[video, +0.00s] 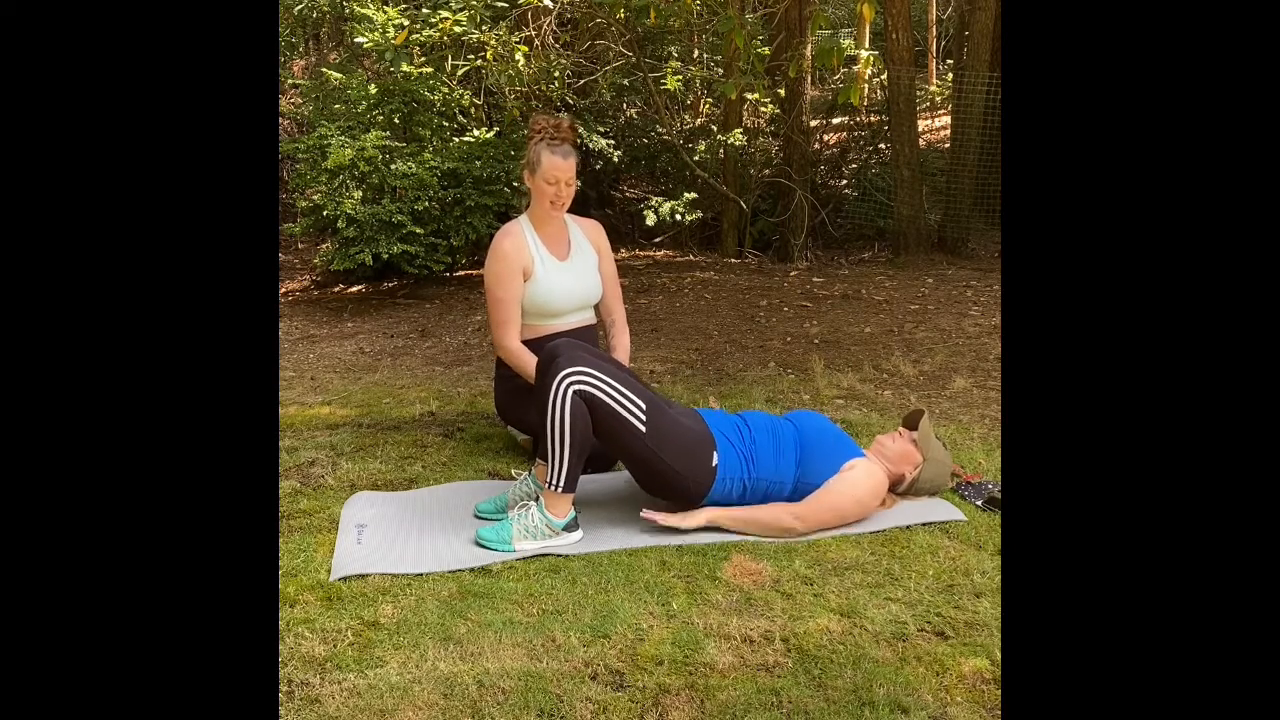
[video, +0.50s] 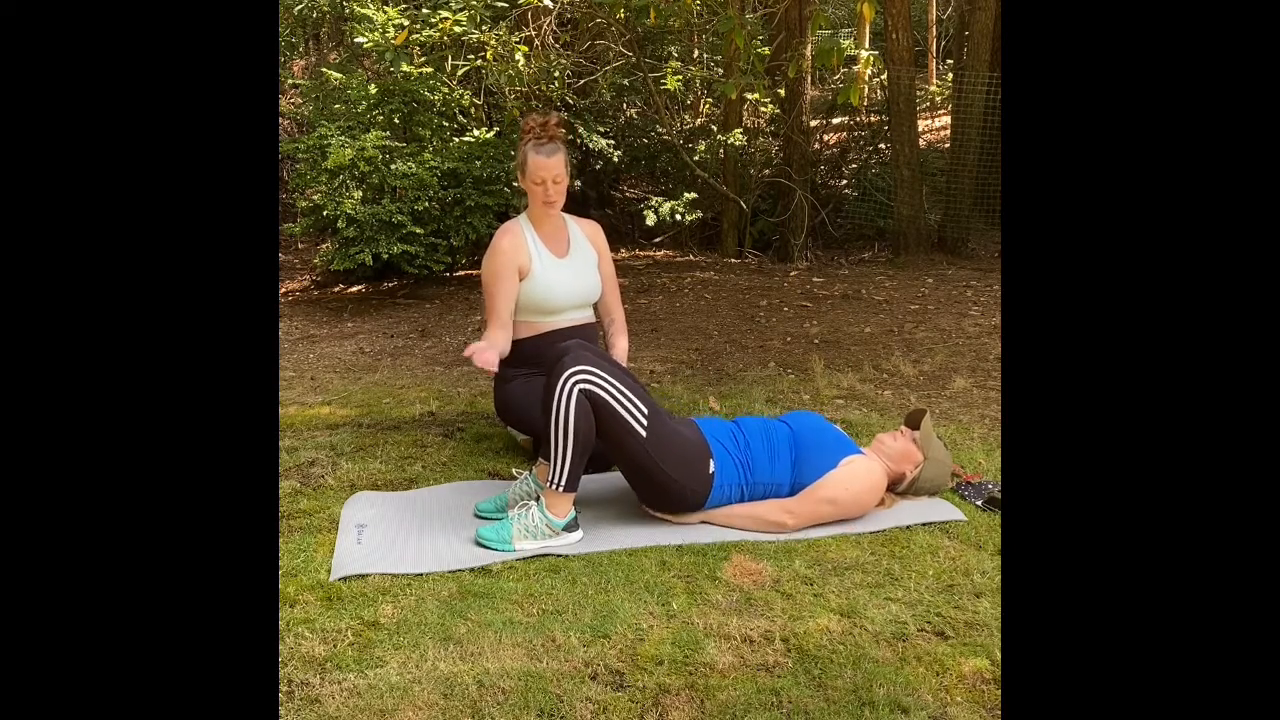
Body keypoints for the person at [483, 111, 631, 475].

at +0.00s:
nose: (562, 193)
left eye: (570, 183)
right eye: (551, 182)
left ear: (577, 180)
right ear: (528, 179)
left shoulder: (591, 233)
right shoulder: (509, 244)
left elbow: (616, 322)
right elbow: (506, 343)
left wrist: (615, 379)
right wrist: (564, 387)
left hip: (586, 368)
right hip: (525, 379)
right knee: (600, 450)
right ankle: (537, 442)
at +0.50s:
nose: (550, 191)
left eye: (558, 180)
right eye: (539, 182)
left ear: (568, 177)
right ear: (522, 181)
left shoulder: (591, 233)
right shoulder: (509, 242)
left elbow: (614, 320)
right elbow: (498, 322)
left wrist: (616, 361)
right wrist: (492, 344)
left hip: (588, 365)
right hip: (525, 373)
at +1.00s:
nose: (554, 187)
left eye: (561, 177)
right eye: (543, 177)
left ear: (568, 178)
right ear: (520, 178)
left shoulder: (585, 232)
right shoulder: (505, 243)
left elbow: (611, 318)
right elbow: (497, 342)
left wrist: (615, 366)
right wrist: (524, 337)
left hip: (585, 364)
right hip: (525, 375)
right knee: (604, 448)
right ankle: (536, 440)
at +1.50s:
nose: (547, 183)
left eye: (554, 173)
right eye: (536, 173)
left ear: (561, 177)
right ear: (513, 175)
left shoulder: (576, 228)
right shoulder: (498, 241)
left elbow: (639, 292)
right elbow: (507, 325)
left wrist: (625, 265)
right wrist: (557, 264)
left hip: (584, 363)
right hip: (524, 376)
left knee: (650, 435)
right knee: (605, 445)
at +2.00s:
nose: (548, 182)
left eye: (554, 173)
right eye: (537, 171)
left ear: (561, 178)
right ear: (513, 174)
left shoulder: (577, 229)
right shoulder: (497, 241)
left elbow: (638, 296)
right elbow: (502, 321)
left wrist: (623, 267)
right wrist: (554, 264)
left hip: (584, 363)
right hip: (523, 376)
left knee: (639, 438)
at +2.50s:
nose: (549, 183)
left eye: (556, 173)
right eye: (538, 172)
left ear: (563, 177)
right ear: (515, 174)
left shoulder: (579, 229)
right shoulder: (498, 242)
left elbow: (641, 295)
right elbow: (502, 322)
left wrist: (625, 268)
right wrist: (556, 267)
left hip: (584, 364)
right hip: (523, 377)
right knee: (600, 445)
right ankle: (541, 450)